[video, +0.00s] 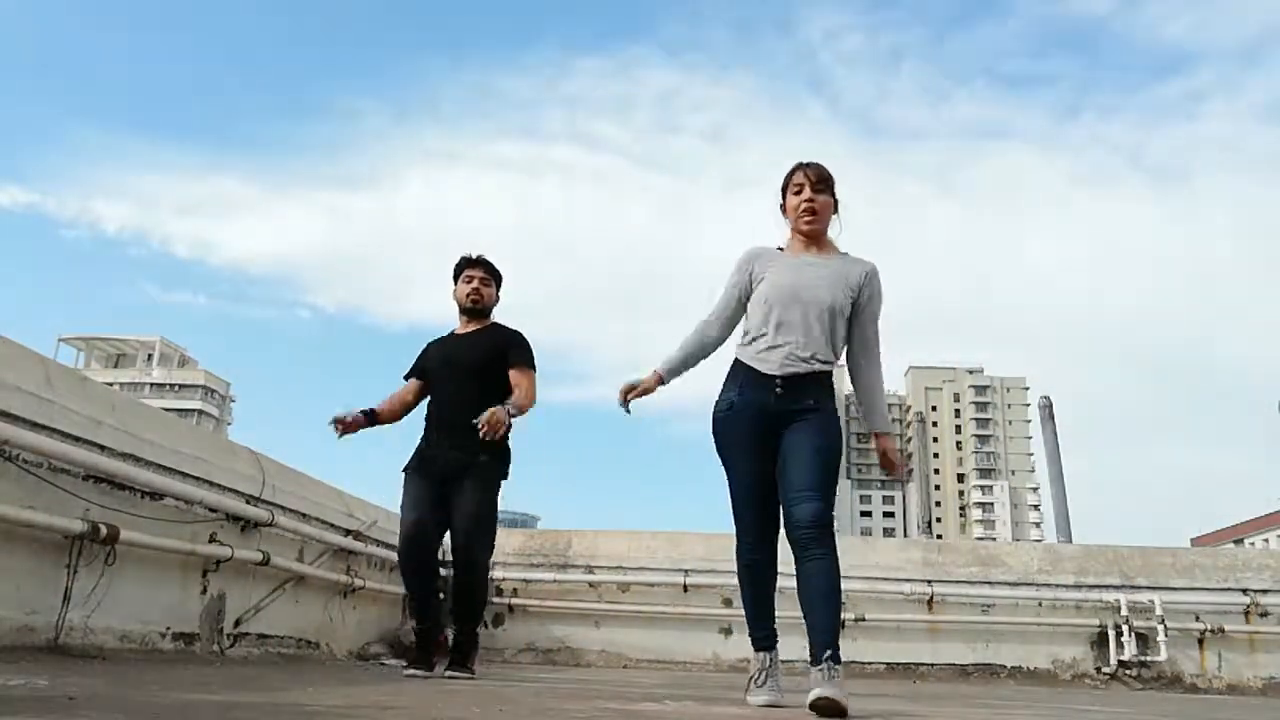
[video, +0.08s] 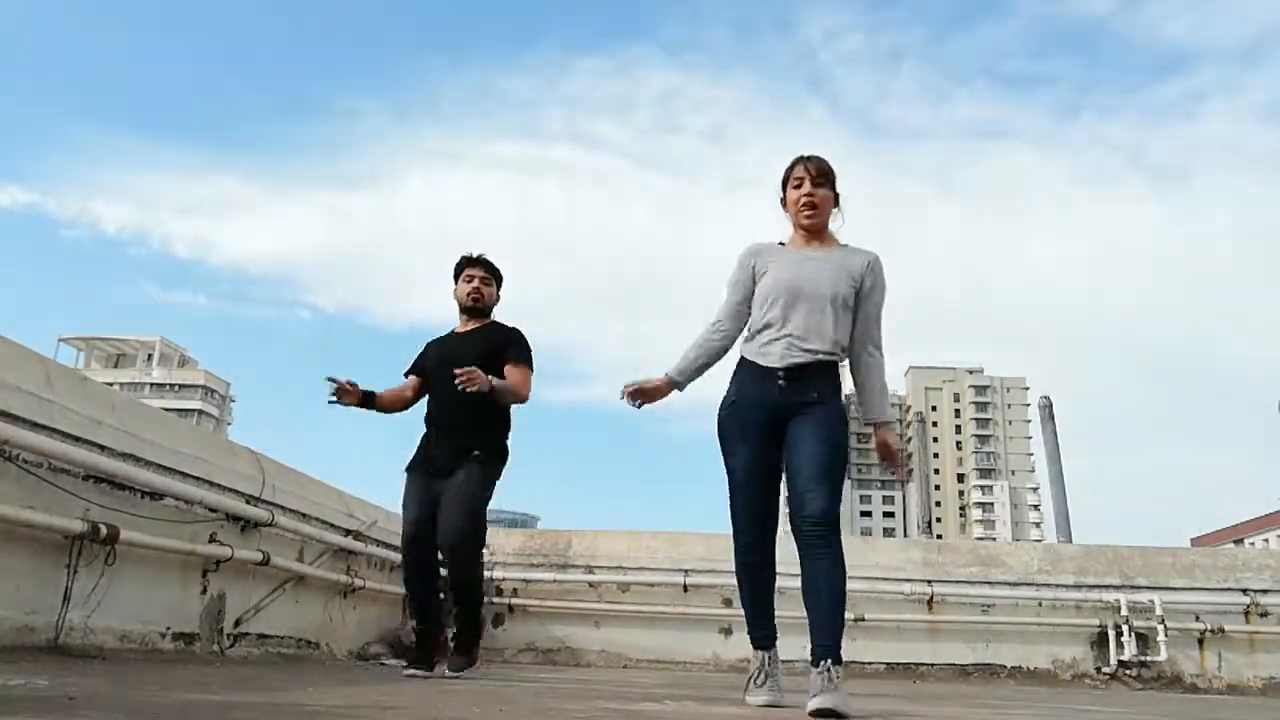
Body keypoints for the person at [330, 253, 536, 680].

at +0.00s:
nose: (475, 286)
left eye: (485, 282)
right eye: (468, 280)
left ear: (496, 295)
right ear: (455, 291)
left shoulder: (509, 341)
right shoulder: (436, 349)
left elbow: (525, 394)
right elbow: (403, 399)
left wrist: (506, 410)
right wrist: (366, 417)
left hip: (479, 463)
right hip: (430, 459)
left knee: (470, 556)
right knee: (414, 545)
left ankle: (464, 648)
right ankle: (428, 641)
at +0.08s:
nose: (476, 285)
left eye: (485, 282)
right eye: (469, 279)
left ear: (496, 295)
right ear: (455, 290)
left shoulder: (508, 338)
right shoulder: (437, 348)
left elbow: (520, 390)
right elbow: (404, 396)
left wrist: (489, 384)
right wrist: (365, 398)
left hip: (478, 456)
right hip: (432, 454)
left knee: (456, 539)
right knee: (415, 540)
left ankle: (467, 637)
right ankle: (428, 642)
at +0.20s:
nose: (475, 286)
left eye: (485, 281)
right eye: (467, 280)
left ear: (496, 294)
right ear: (453, 291)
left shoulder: (504, 335)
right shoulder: (441, 349)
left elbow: (491, 375)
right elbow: (400, 390)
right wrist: (370, 357)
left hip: (479, 455)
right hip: (441, 452)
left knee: (439, 534)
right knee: (418, 541)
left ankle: (467, 632)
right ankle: (436, 639)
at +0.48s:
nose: (484, 300)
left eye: (493, 297)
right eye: (476, 296)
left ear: (506, 311)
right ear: (465, 309)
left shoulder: (503, 350)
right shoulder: (461, 364)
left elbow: (451, 362)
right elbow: (410, 392)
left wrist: (390, 336)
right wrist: (367, 366)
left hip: (468, 472)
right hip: (448, 470)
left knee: (407, 544)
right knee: (420, 551)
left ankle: (458, 632)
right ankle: (444, 642)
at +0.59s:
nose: (498, 298)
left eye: (508, 294)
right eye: (491, 292)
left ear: (521, 308)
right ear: (480, 303)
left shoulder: (510, 345)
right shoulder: (479, 352)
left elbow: (469, 383)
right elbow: (441, 410)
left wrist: (417, 402)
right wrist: (393, 438)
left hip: (452, 460)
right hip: (446, 457)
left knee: (395, 534)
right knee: (409, 540)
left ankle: (435, 625)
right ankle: (432, 629)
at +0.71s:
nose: (504, 298)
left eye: (515, 295)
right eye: (498, 292)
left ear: (528, 310)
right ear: (487, 303)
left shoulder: (515, 344)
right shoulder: (489, 348)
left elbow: (497, 396)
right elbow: (460, 402)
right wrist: (422, 447)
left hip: (438, 458)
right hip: (434, 456)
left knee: (395, 539)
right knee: (409, 542)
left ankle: (436, 625)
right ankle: (432, 630)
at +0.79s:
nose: (506, 300)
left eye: (517, 297)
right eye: (500, 295)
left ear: (530, 313)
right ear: (489, 306)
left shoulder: (519, 343)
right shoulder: (493, 353)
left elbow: (523, 401)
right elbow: (497, 425)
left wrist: (528, 456)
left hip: (440, 456)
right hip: (451, 463)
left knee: (394, 538)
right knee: (410, 542)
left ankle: (433, 623)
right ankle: (431, 630)